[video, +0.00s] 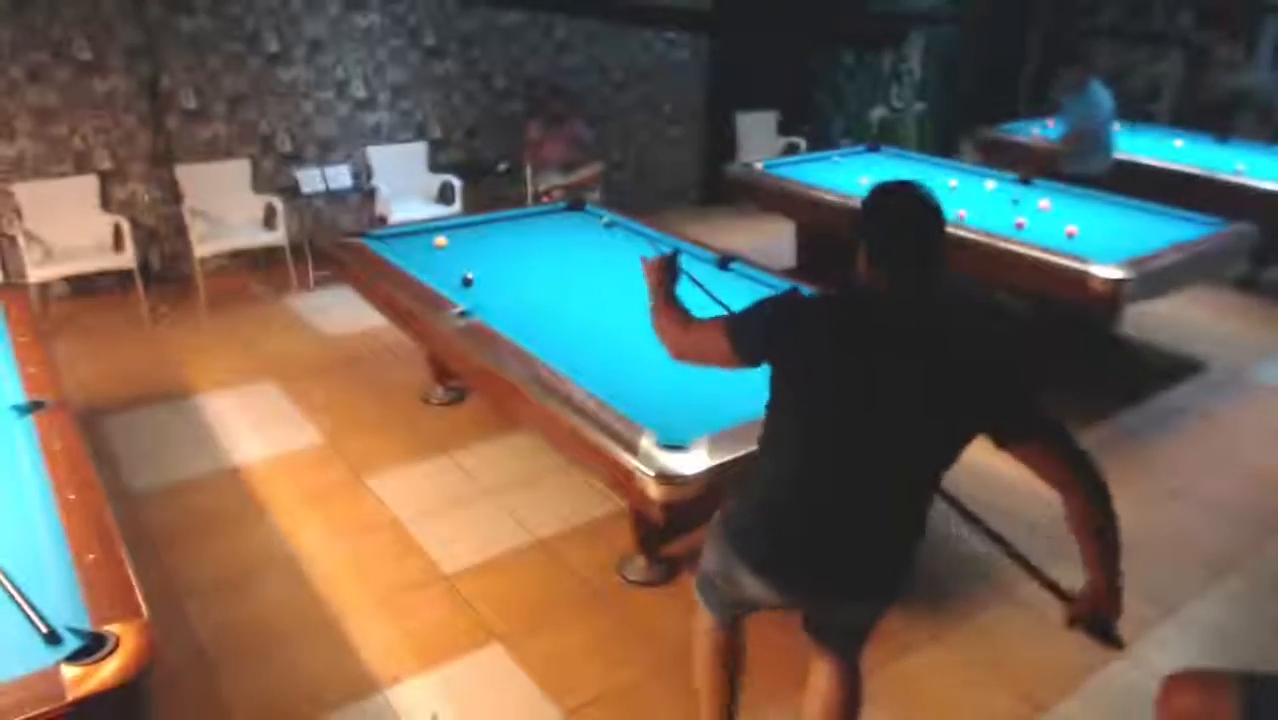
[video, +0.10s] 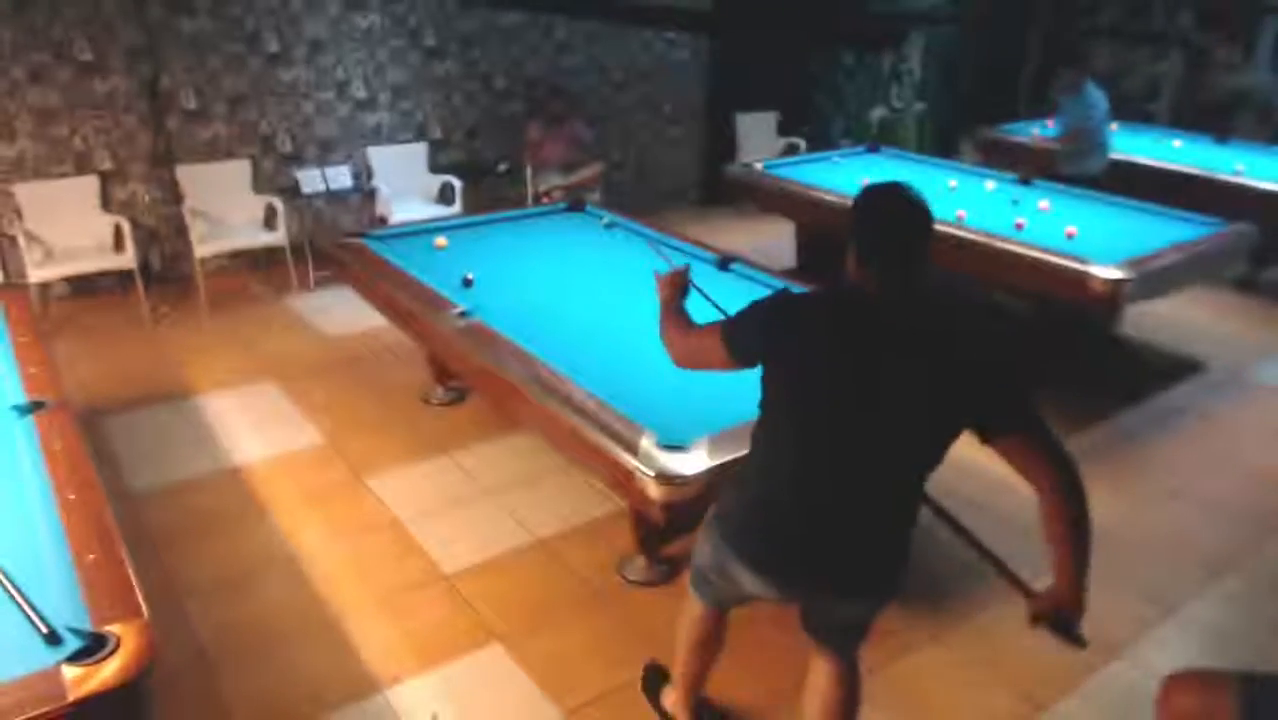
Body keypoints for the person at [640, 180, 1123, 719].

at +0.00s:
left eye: (863, 245)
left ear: (861, 253)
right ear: (939, 259)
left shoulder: (801, 321)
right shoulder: (967, 357)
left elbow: (682, 341)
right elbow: (1080, 483)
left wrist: (658, 289)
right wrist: (1103, 589)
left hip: (770, 537)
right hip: (871, 561)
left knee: (716, 608)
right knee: (836, 654)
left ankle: (717, 711)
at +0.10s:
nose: (851, 258)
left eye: (851, 245)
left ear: (850, 253)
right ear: (926, 257)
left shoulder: (798, 320)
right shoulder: (958, 350)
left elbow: (684, 348)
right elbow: (1057, 478)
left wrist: (669, 298)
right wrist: (1068, 593)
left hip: (761, 534)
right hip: (863, 559)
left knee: (707, 599)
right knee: (835, 653)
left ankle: (681, 699)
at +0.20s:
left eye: (834, 244)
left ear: (836, 253)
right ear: (907, 258)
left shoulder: (783, 316)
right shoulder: (938, 345)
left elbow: (689, 362)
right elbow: (1026, 478)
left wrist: (687, 324)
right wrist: (1011, 580)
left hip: (752, 531)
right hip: (854, 554)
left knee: (698, 604)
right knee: (834, 652)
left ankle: (662, 669)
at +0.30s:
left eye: (815, 247)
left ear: (821, 255)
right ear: (890, 259)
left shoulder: (769, 312)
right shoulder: (916, 337)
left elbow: (692, 374)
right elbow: (988, 461)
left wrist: (706, 342)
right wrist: (957, 550)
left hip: (739, 529)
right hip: (839, 546)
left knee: (694, 607)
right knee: (827, 656)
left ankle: (665, 673)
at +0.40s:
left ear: (804, 247)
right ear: (867, 252)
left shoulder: (755, 307)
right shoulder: (891, 326)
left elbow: (694, 379)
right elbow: (948, 442)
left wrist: (755, 360)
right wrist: (914, 526)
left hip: (722, 516)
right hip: (819, 530)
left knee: (685, 604)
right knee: (819, 652)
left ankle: (664, 672)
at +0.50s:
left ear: (786, 258)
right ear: (851, 263)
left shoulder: (746, 303)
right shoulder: (864, 318)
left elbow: (691, 374)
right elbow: (920, 412)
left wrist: (756, 382)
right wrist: (899, 499)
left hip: (694, 494)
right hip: (791, 511)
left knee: (680, 590)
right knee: (810, 654)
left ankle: (665, 669)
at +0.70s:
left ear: (766, 273)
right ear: (829, 279)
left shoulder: (729, 311)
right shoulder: (839, 319)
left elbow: (691, 374)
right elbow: (894, 373)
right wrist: (878, 474)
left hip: (667, 479)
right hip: (759, 497)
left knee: (673, 576)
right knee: (789, 666)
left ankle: (665, 670)